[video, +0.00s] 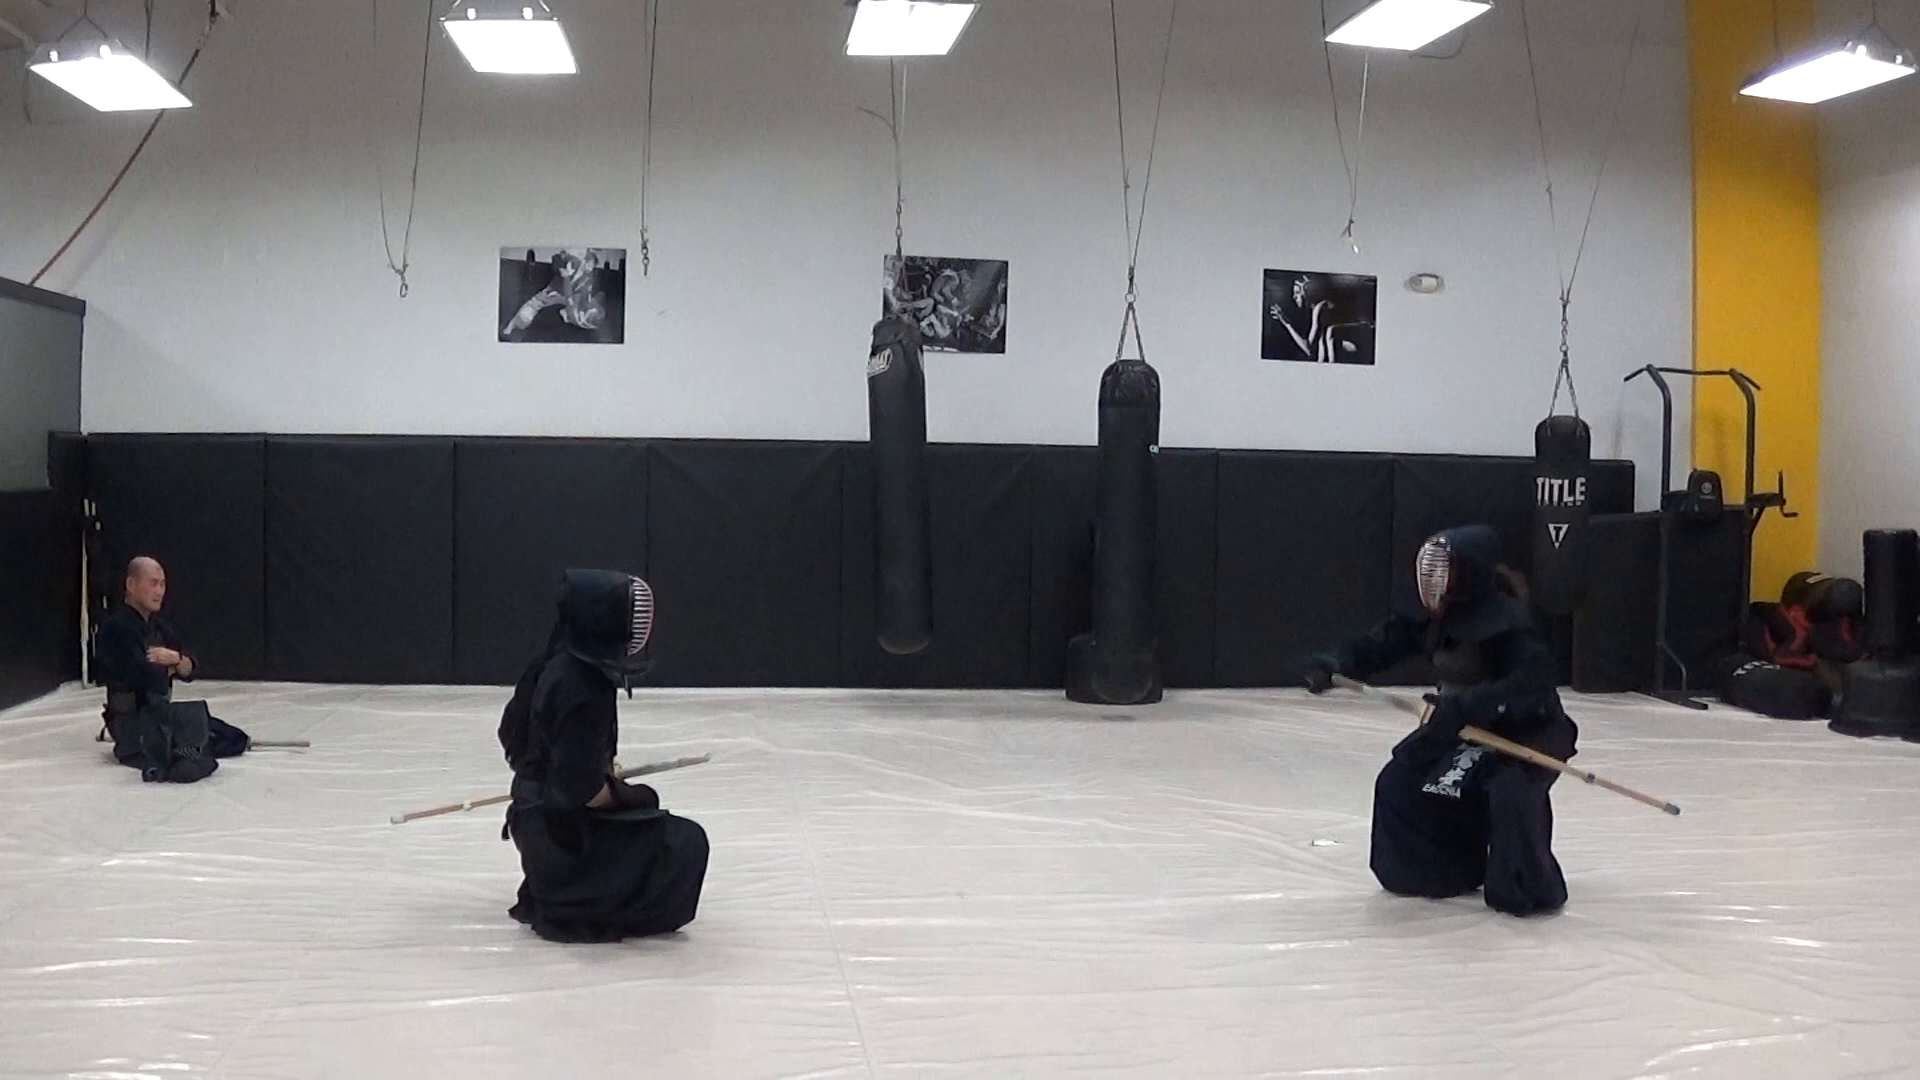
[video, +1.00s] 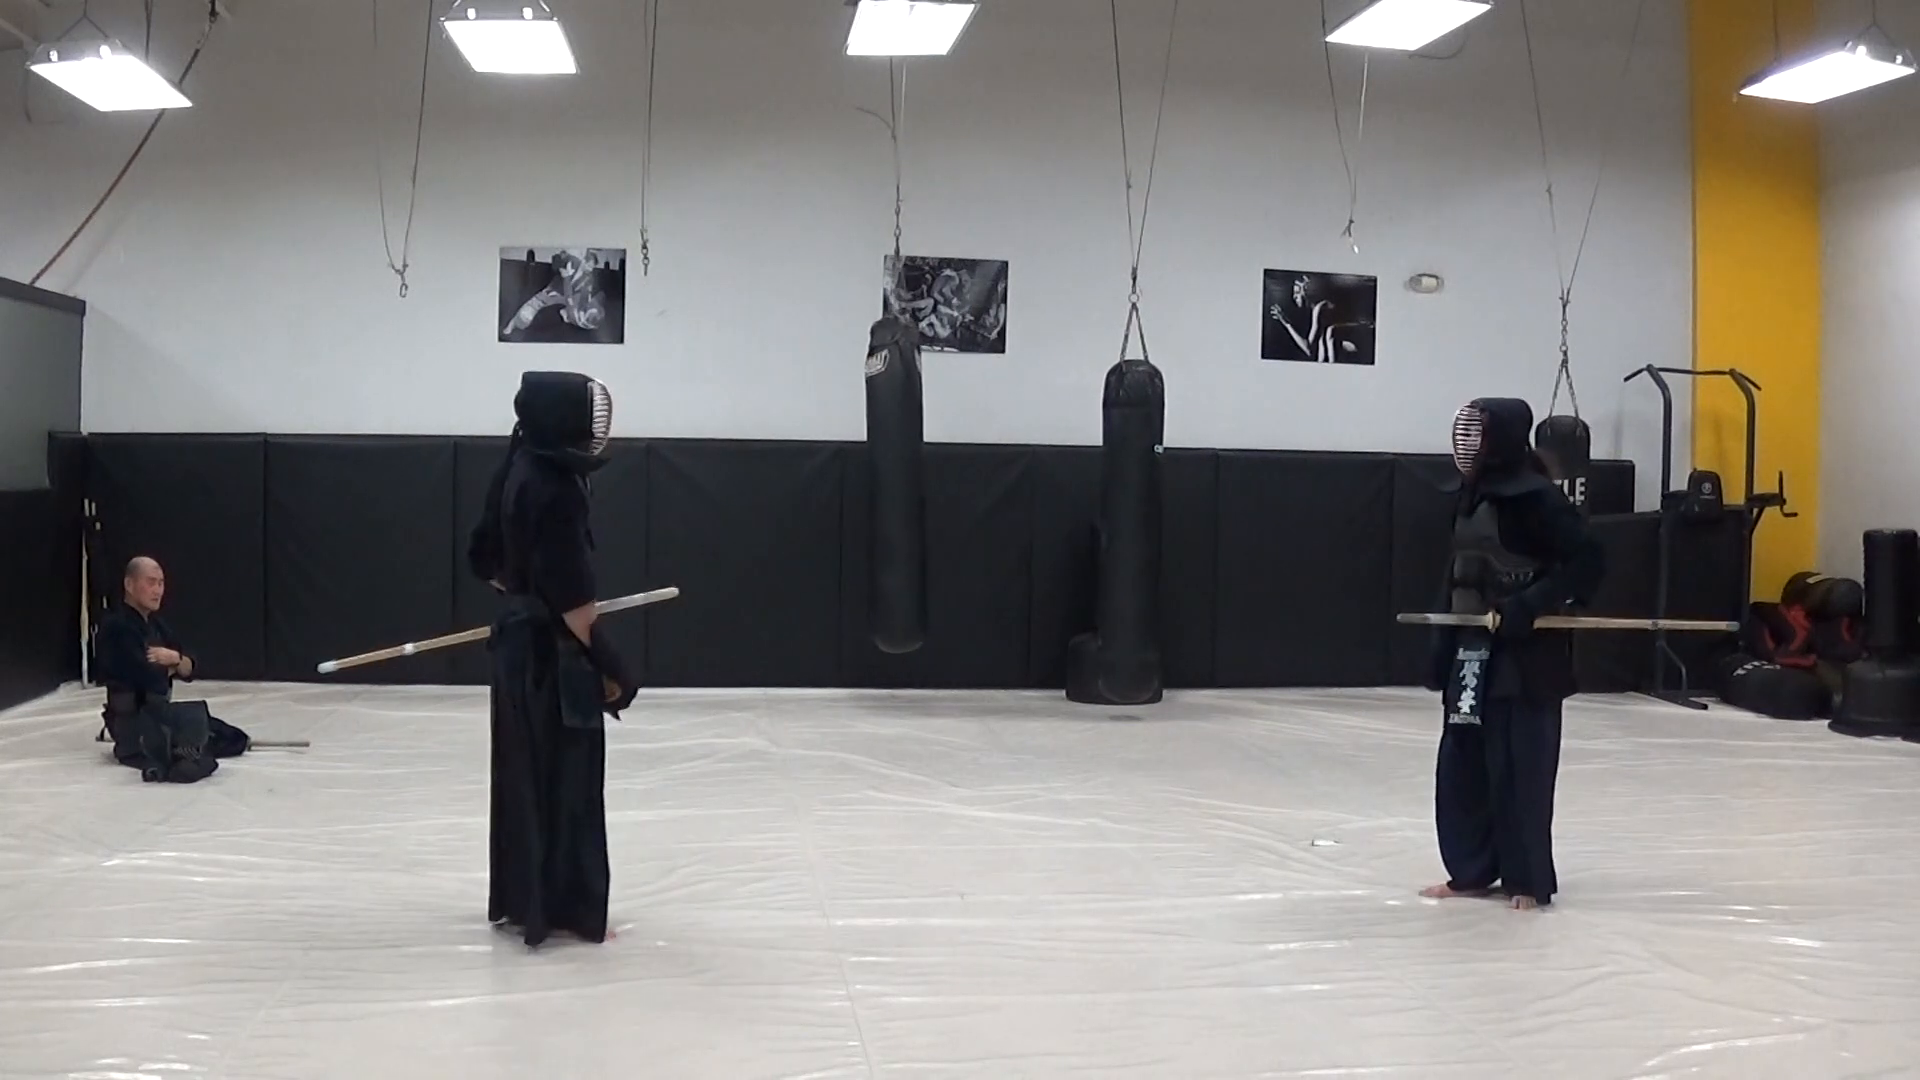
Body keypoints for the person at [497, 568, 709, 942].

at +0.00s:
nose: (639, 645)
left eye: (640, 634)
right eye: (634, 635)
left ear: (585, 623)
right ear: (610, 632)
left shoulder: (551, 665)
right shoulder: (585, 684)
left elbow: (512, 734)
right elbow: (579, 786)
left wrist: (549, 777)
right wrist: (629, 796)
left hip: (533, 824)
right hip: (561, 837)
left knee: (651, 814)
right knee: (687, 841)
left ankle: (550, 892)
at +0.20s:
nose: (639, 621)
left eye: (641, 610)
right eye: (636, 611)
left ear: (584, 602)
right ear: (611, 609)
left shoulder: (550, 648)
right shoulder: (589, 672)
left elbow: (512, 720)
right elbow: (583, 770)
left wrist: (540, 761)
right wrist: (627, 788)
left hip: (529, 812)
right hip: (560, 825)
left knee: (647, 810)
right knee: (681, 837)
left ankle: (548, 893)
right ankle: (583, 907)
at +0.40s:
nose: (639, 567)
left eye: (640, 555)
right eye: (635, 556)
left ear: (586, 546)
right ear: (610, 554)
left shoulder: (551, 589)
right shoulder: (586, 612)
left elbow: (517, 675)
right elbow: (585, 719)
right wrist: (623, 751)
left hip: (525, 750)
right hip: (555, 762)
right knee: (669, 818)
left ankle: (548, 895)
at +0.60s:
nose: (626, 488)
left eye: (625, 477)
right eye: (619, 478)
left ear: (566, 477)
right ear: (597, 484)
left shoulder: (545, 528)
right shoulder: (574, 546)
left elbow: (523, 625)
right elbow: (583, 656)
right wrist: (625, 708)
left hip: (526, 691)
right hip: (557, 700)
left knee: (551, 799)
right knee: (638, 795)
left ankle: (543, 899)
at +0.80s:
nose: (616, 444)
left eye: (615, 433)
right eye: (608, 435)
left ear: (560, 432)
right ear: (581, 438)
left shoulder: (538, 478)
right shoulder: (561, 495)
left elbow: (535, 579)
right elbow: (577, 601)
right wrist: (616, 662)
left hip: (531, 645)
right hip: (556, 652)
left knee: (541, 774)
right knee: (572, 777)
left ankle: (541, 899)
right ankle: (573, 906)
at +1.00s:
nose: (599, 434)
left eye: (599, 423)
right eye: (592, 423)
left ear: (539, 420)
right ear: (567, 425)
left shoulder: (516, 469)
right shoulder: (556, 485)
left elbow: (486, 557)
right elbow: (570, 594)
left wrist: (535, 593)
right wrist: (612, 662)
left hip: (517, 642)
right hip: (552, 647)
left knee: (525, 774)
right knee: (566, 778)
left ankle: (522, 903)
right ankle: (572, 911)